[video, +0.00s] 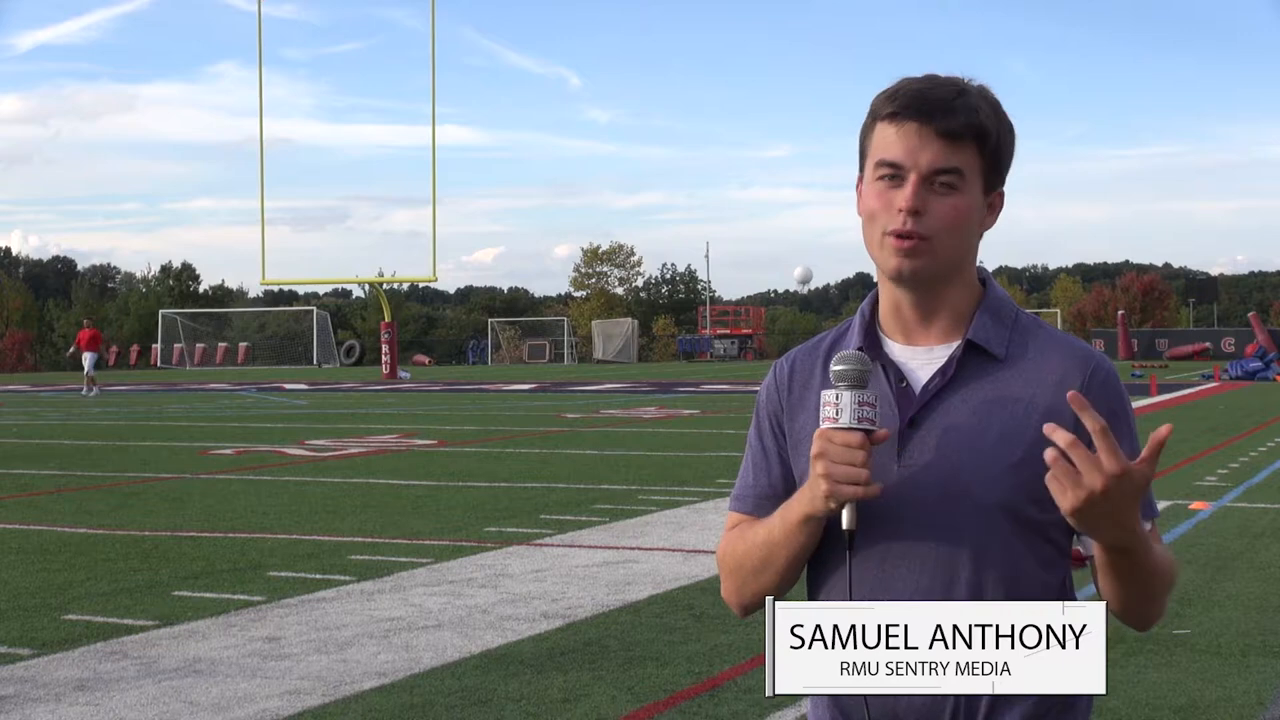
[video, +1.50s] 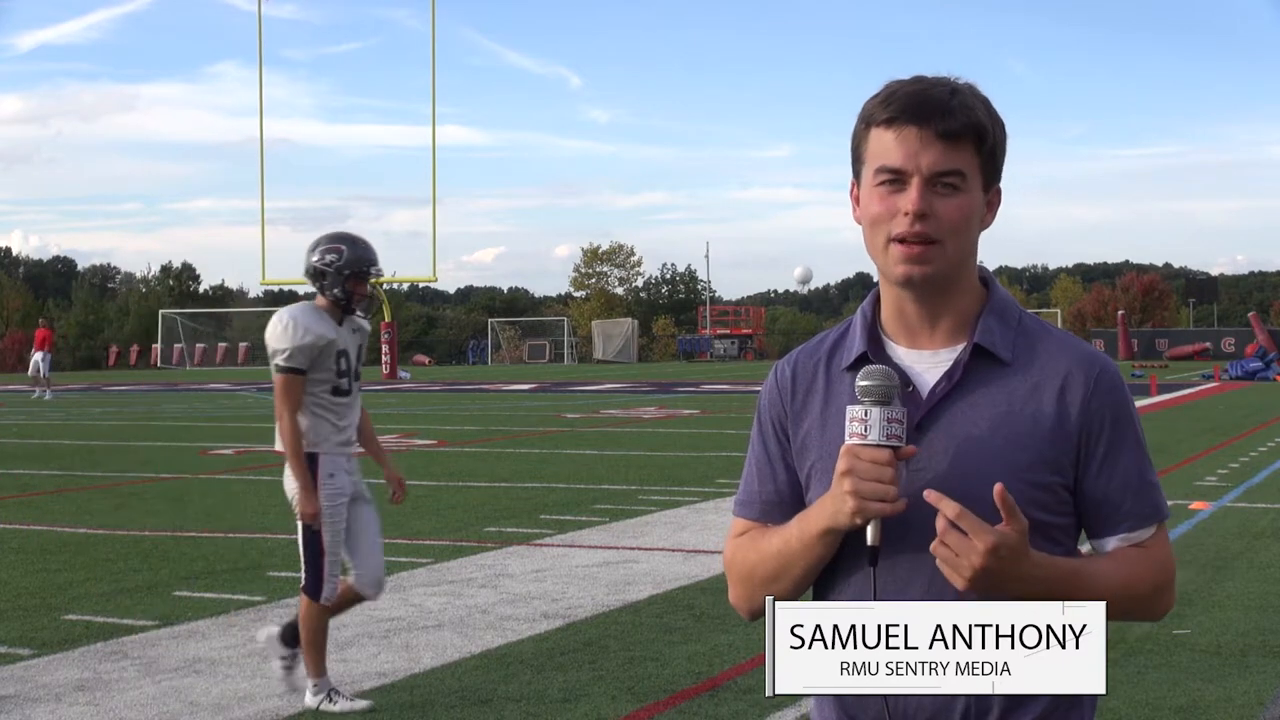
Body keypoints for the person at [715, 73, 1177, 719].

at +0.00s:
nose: (907, 203)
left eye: (943, 181)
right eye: (888, 176)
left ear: (991, 207)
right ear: (860, 195)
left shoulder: (1074, 379)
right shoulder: (796, 380)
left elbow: (1143, 611)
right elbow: (738, 588)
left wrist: (1120, 536)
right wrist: (811, 499)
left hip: (1025, 705)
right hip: (848, 706)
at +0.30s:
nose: (904, 204)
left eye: (941, 182)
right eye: (886, 176)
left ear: (993, 207)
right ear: (863, 193)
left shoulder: (1078, 380)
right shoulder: (798, 380)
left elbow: (1145, 611)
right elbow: (742, 587)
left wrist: (1122, 540)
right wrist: (816, 499)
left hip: (1027, 706)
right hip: (848, 707)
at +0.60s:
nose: (911, 196)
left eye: (946, 175)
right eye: (890, 172)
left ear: (992, 205)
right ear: (860, 199)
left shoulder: (1078, 379)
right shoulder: (797, 381)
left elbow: (1142, 610)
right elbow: (742, 586)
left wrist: (1112, 516)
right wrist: (824, 496)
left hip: (1026, 705)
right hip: (849, 706)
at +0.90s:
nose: (916, 209)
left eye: (949, 188)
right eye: (895, 181)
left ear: (993, 209)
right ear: (863, 196)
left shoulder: (1077, 375)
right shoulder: (798, 379)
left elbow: (1209, 556)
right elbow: (733, 581)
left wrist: (1074, 546)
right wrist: (838, 483)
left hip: (1024, 703)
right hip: (850, 702)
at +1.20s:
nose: (918, 205)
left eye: (950, 182)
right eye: (895, 180)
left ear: (992, 207)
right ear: (862, 202)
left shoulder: (1078, 385)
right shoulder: (796, 383)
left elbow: (1151, 584)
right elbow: (745, 587)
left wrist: (1027, 581)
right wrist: (835, 511)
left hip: (1025, 708)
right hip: (847, 708)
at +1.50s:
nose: (914, 207)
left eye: (946, 183)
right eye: (890, 182)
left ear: (989, 204)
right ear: (858, 202)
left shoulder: (1078, 381)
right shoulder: (796, 383)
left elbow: (1153, 581)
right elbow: (745, 587)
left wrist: (1030, 575)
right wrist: (830, 514)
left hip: (1028, 707)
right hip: (849, 708)